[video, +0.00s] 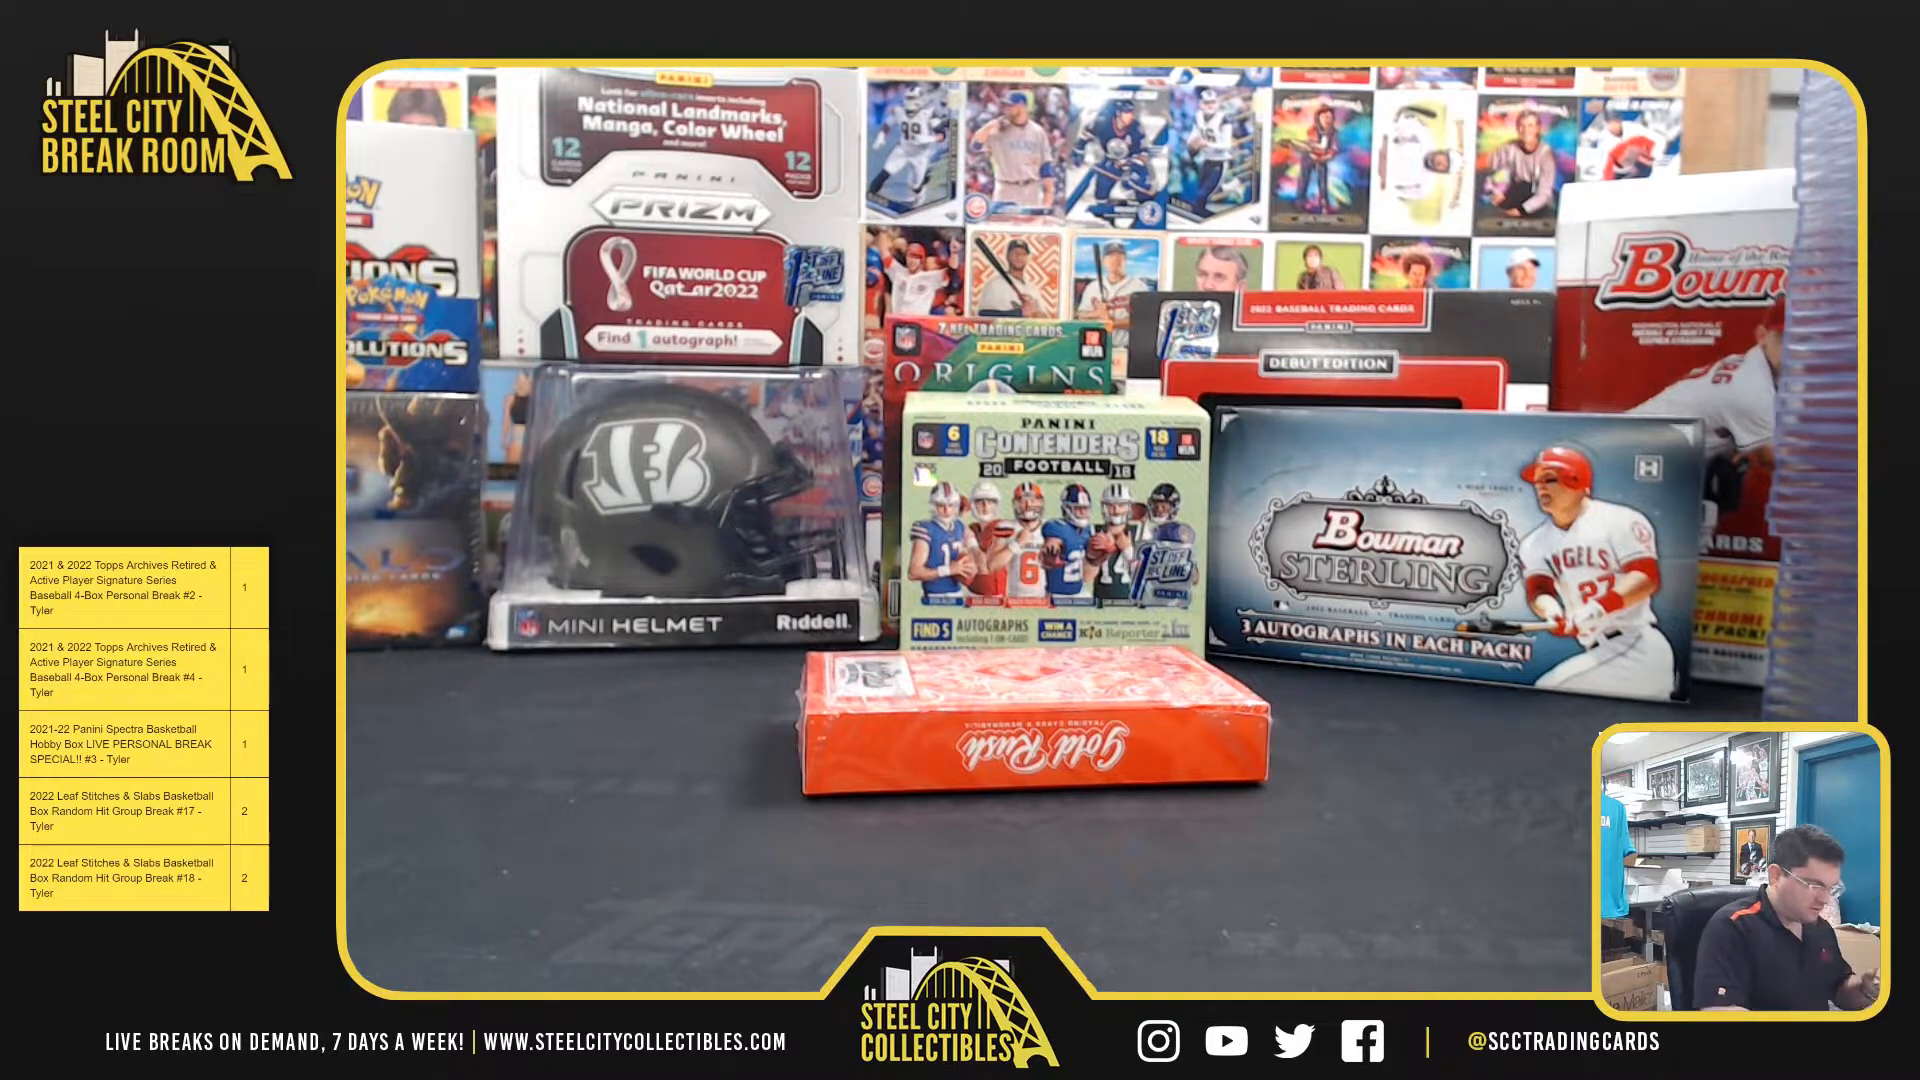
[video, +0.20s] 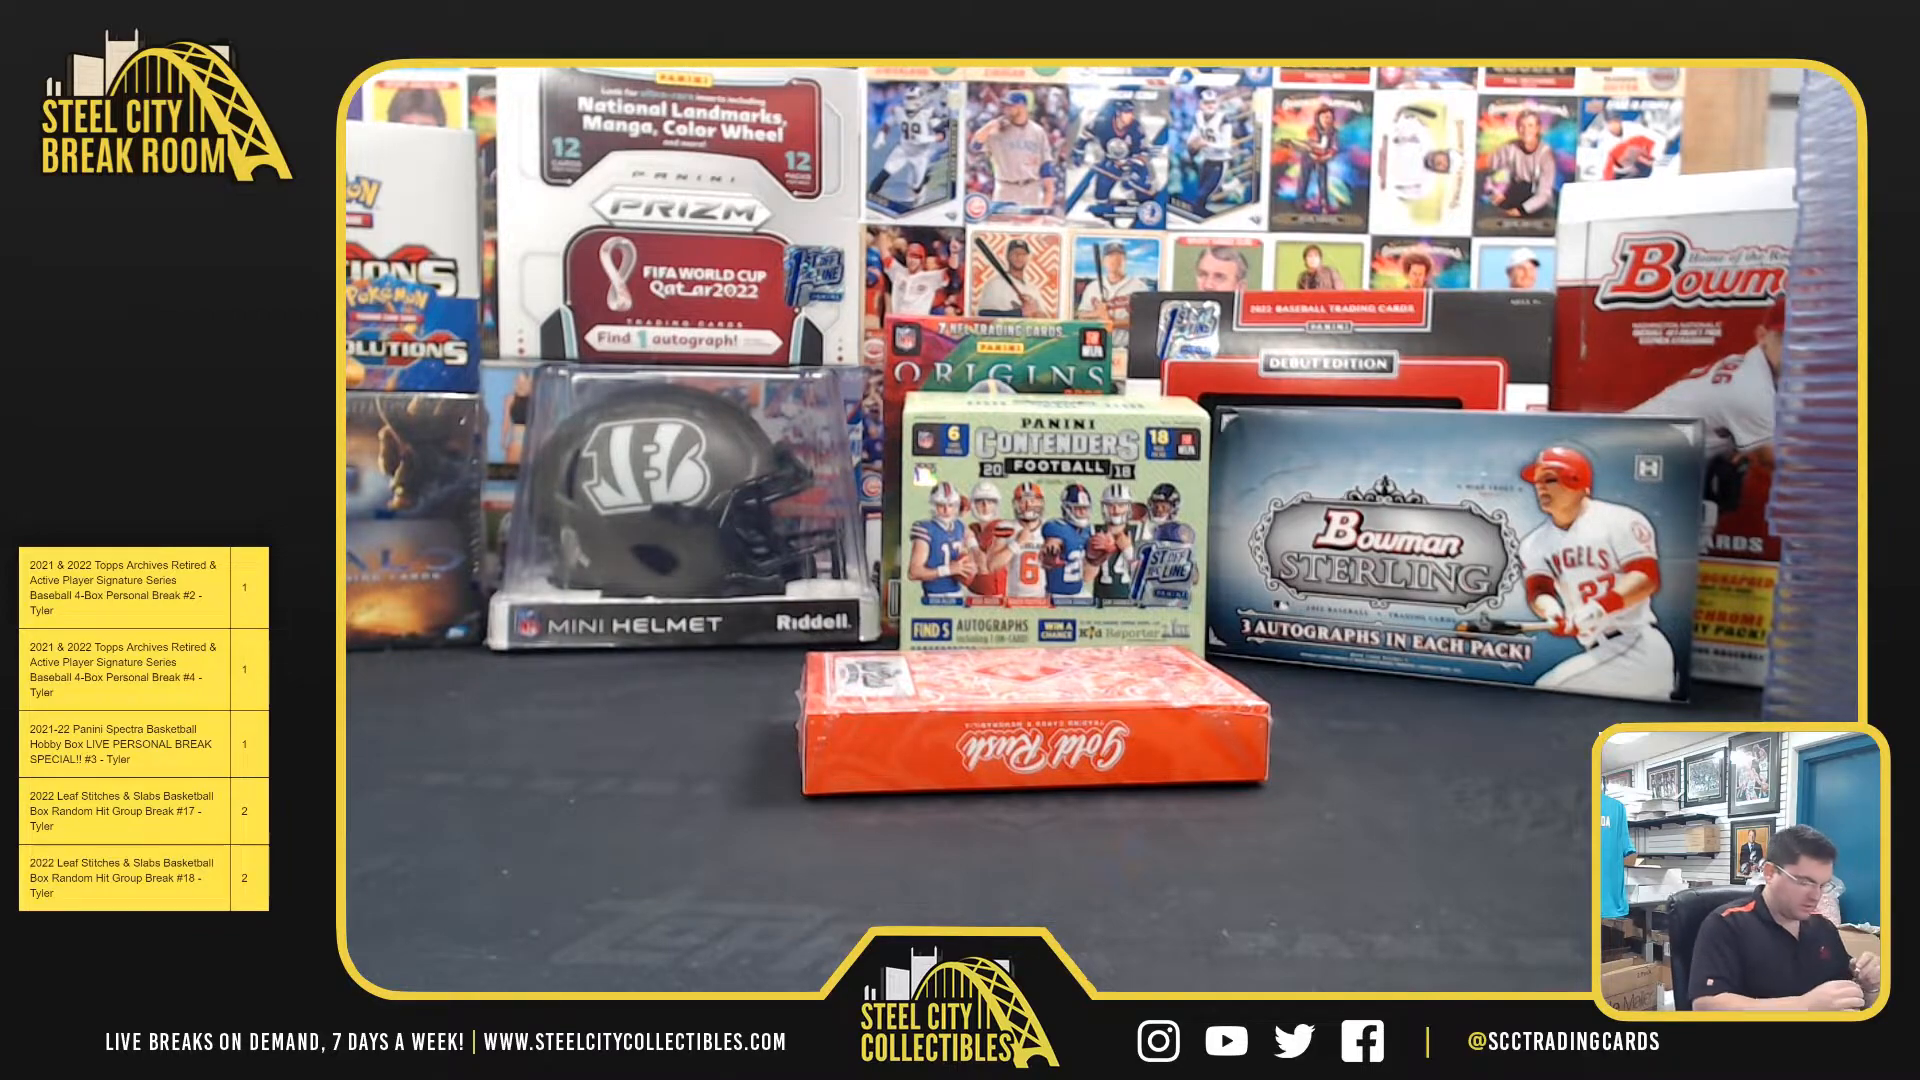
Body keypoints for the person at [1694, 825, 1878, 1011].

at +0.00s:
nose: (1825, 899)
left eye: (1831, 888)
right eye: (1815, 885)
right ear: (1776, 875)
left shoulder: (1820, 929)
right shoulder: (1729, 926)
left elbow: (1841, 993)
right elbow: (1717, 1010)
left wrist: (1864, 988)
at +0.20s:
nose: (1816, 896)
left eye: (1822, 885)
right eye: (1804, 882)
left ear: (1828, 882)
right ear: (1770, 872)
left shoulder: (1823, 928)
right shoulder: (1724, 925)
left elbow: (1851, 1005)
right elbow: (1706, 1004)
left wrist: (1866, 985)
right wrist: (1805, 1004)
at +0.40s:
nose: (1812, 895)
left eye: (1820, 883)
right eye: (1800, 880)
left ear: (1825, 880)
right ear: (1767, 872)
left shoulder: (1826, 929)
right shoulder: (1722, 925)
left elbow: (1858, 1005)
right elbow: (1702, 1002)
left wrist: (1867, 985)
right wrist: (1793, 998)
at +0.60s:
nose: (1807, 893)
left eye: (1816, 881)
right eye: (1795, 879)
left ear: (1822, 880)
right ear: (1764, 873)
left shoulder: (1828, 928)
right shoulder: (1720, 925)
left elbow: (1869, 1006)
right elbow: (1698, 1002)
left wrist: (1868, 987)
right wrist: (1787, 995)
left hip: (1819, 1048)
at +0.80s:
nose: (1806, 896)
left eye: (1814, 884)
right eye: (1793, 882)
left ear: (1821, 880)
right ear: (1761, 875)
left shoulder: (1830, 927)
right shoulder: (1718, 930)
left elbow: (1866, 976)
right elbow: (1688, 1004)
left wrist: (1880, 990)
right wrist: (1771, 995)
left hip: (1823, 1049)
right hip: (1742, 1052)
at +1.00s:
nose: (1816, 909)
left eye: (1824, 894)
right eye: (1801, 895)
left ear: (1829, 886)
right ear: (1763, 885)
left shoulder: (1833, 931)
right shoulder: (1717, 947)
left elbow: (1865, 971)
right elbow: (1680, 1019)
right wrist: (1750, 1011)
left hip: (1824, 1059)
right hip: (1746, 1064)